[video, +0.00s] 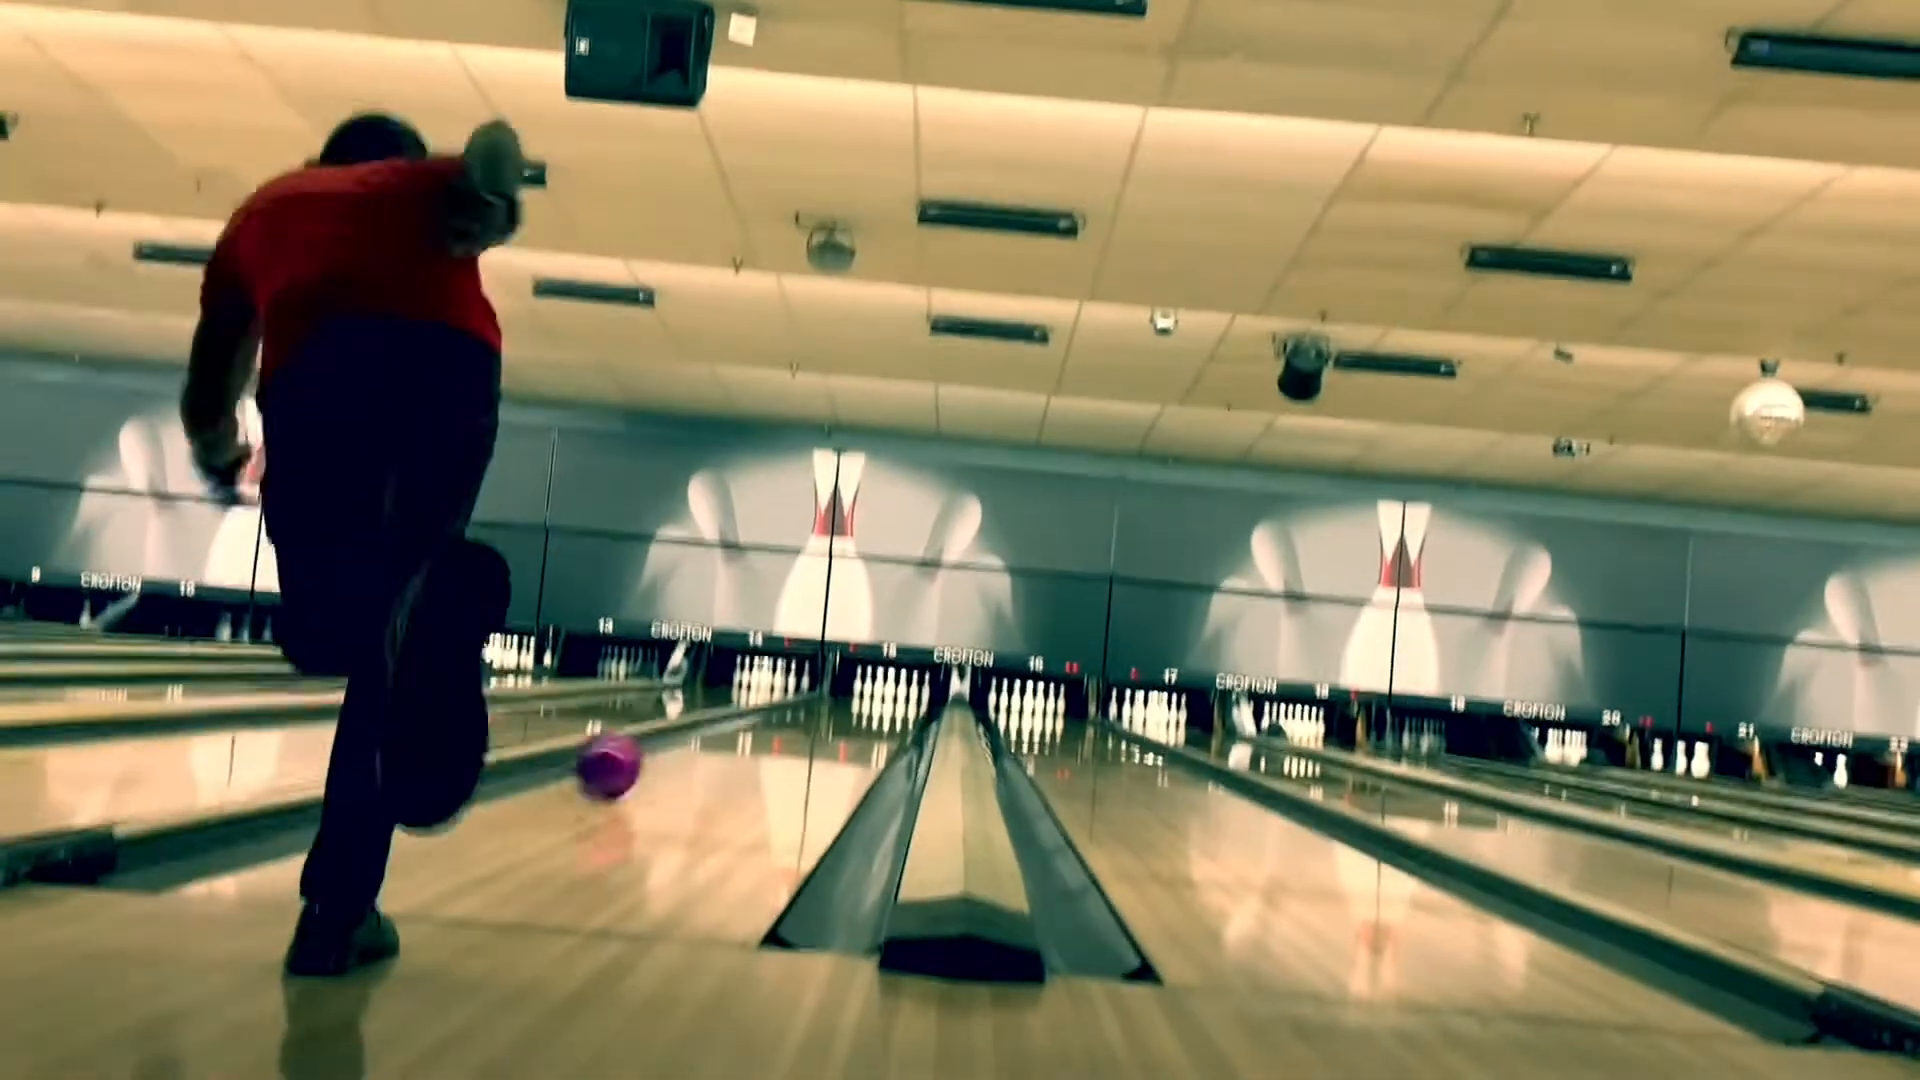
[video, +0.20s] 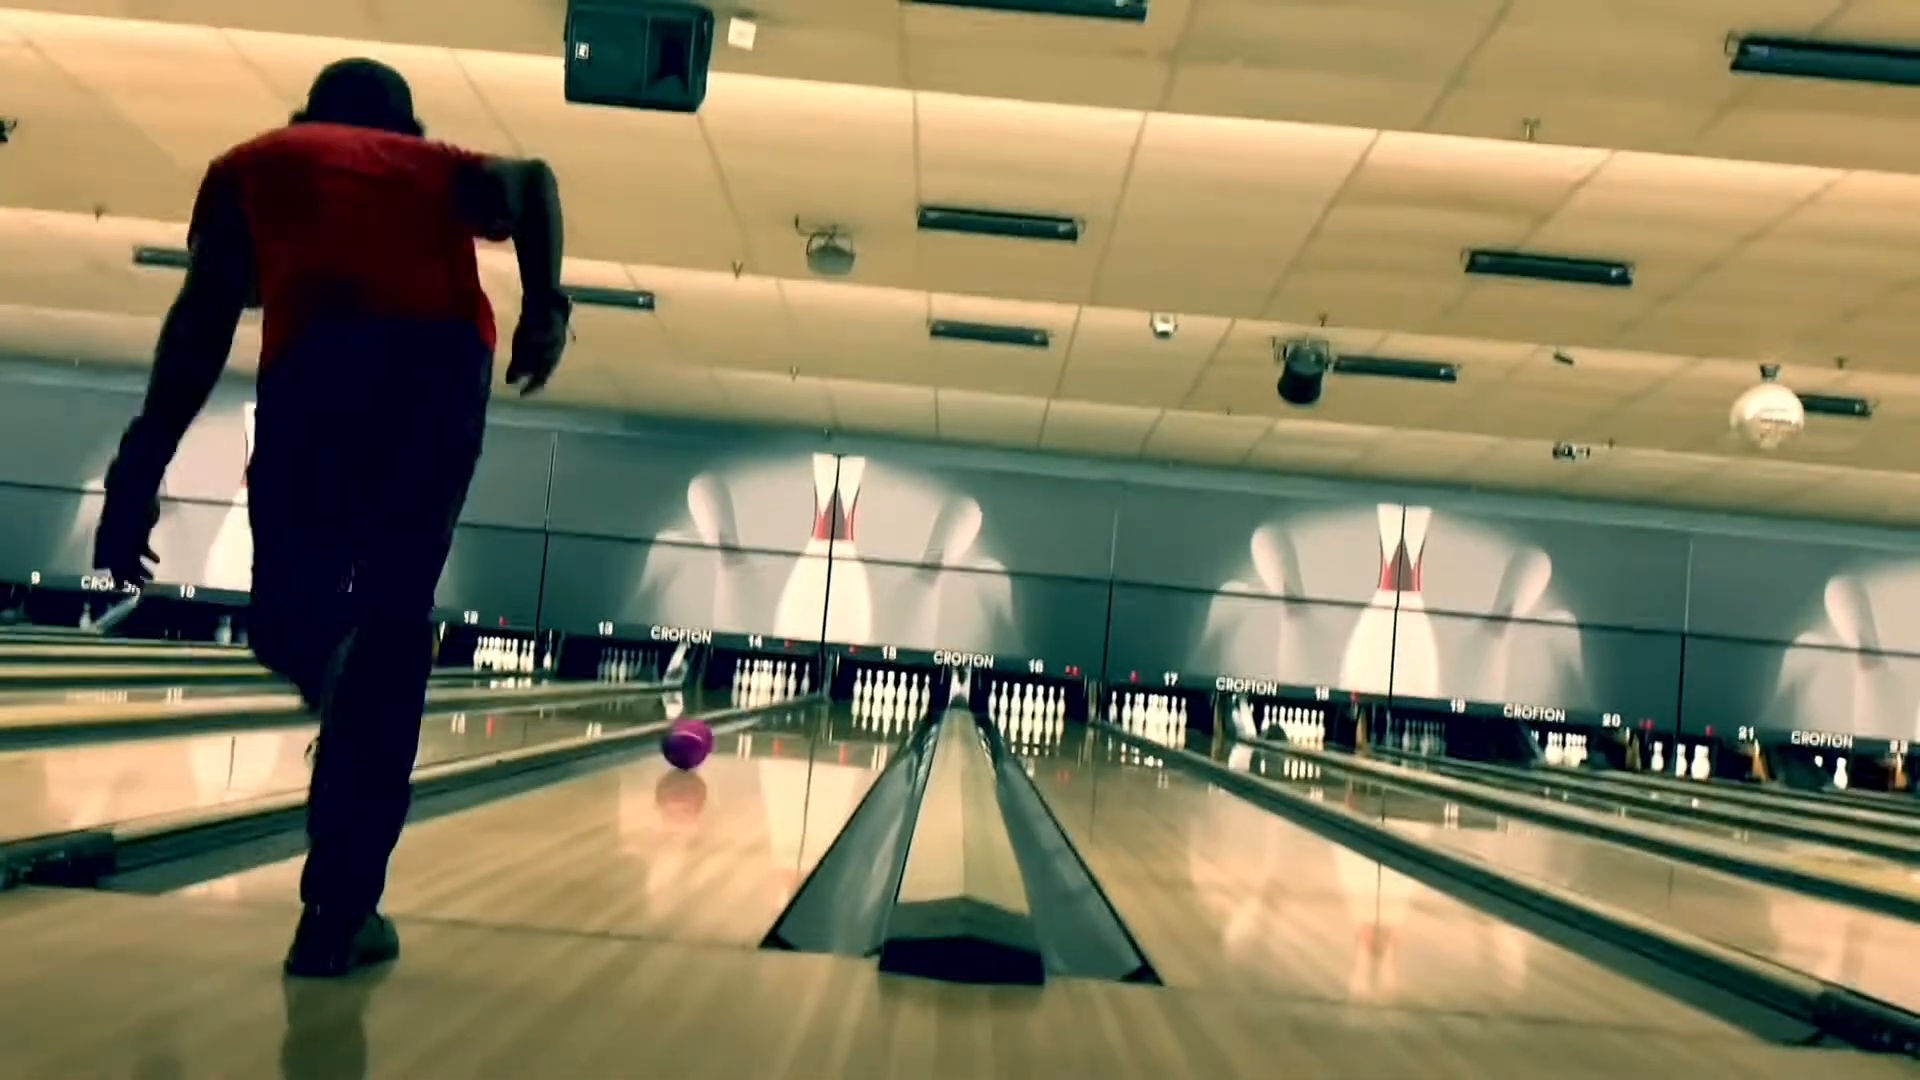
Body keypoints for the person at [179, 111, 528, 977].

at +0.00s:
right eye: (410, 157)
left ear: (327, 160)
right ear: (412, 157)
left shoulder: (266, 209)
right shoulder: (436, 181)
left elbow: (209, 386)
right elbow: (490, 151)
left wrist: (222, 452)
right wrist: (493, 196)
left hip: (321, 374)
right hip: (448, 366)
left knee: (314, 632)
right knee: (392, 647)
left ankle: (428, 609)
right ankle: (334, 916)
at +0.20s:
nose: (411, 133)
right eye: (410, 121)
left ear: (309, 111)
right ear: (403, 120)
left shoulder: (250, 166)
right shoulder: (436, 160)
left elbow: (197, 334)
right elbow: (532, 180)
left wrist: (139, 470)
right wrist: (544, 310)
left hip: (315, 381)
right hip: (441, 377)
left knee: (287, 617)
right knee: (392, 646)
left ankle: (340, 678)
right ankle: (334, 921)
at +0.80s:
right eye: (308, 3)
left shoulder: (124, 59)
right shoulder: (342, 75)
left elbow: (64, 217)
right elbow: (397, 200)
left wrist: (45, 339)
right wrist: (382, 339)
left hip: (156, 372)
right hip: (292, 375)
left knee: (110, 627)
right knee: (309, 635)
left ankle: (77, 900)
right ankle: (301, 894)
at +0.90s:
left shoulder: (114, 42)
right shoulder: (331, 55)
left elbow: (54, 205)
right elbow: (380, 195)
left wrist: (51, 307)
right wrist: (364, 337)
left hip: (146, 360)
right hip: (281, 365)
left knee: (106, 623)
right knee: (297, 632)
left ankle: (78, 899)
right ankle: (283, 889)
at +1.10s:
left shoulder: (117, 42)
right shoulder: (334, 59)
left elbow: (56, 210)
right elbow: (370, 209)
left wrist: (75, 327)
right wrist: (363, 340)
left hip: (138, 361)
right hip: (271, 366)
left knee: (102, 624)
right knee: (290, 634)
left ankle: (79, 901)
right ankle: (267, 897)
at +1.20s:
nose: (324, 3)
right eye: (322, 2)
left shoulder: (121, 50)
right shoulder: (343, 67)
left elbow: (65, 214)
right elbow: (370, 214)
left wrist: (91, 328)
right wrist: (367, 347)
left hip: (140, 363)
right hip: (275, 370)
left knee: (102, 623)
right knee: (285, 638)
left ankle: (78, 899)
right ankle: (260, 906)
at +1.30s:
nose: (336, 4)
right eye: (335, 1)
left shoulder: (135, 50)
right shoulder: (357, 67)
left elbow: (85, 212)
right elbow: (377, 215)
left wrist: (109, 319)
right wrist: (375, 351)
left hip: (151, 365)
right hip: (283, 373)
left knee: (109, 623)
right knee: (290, 638)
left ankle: (78, 898)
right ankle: (261, 906)